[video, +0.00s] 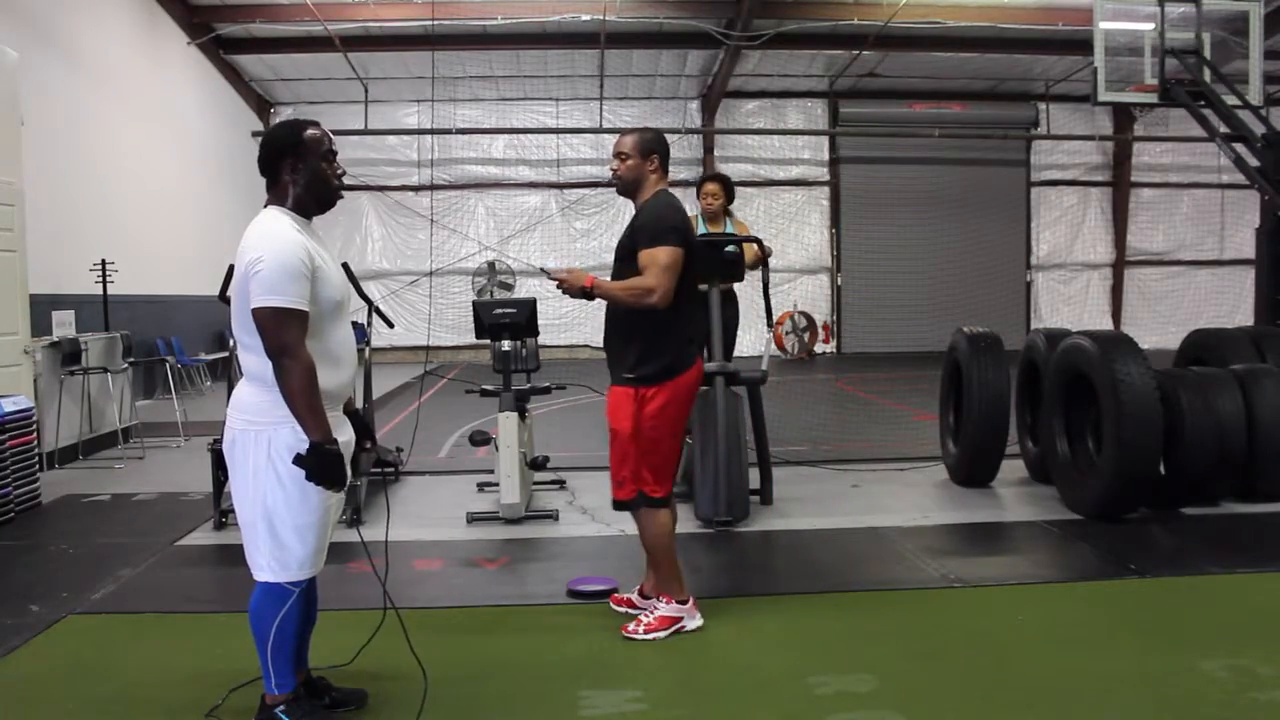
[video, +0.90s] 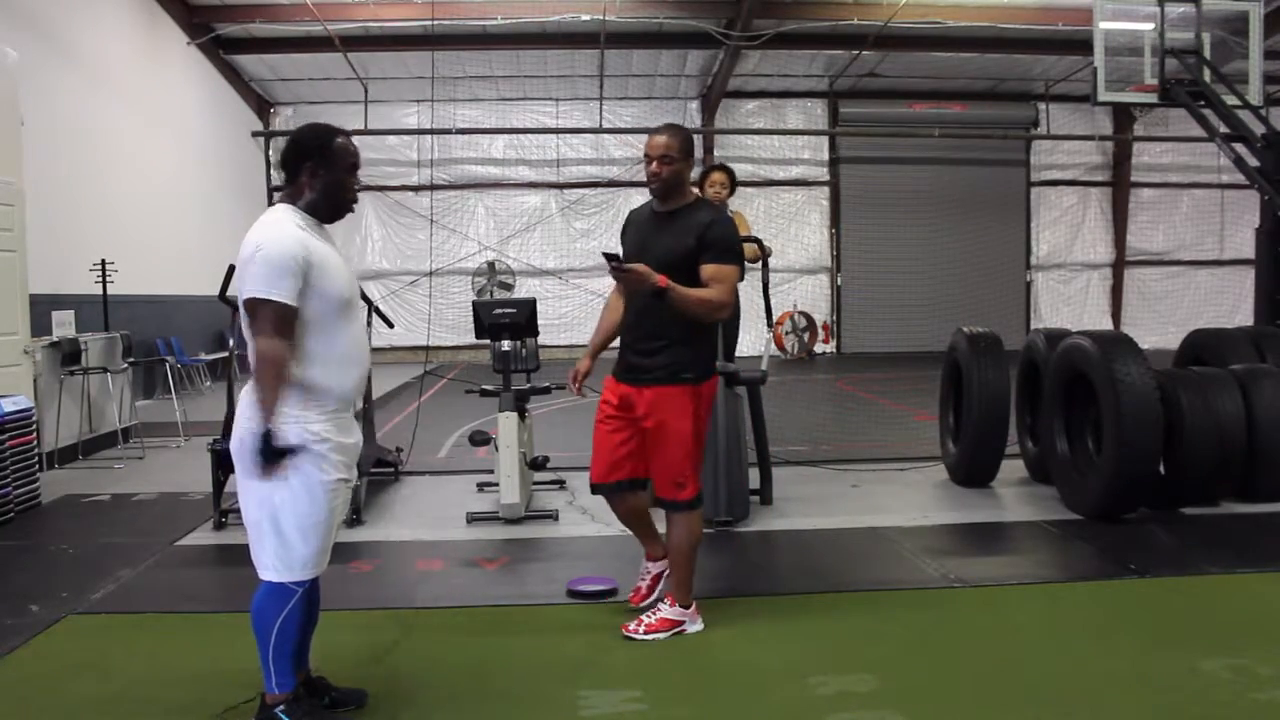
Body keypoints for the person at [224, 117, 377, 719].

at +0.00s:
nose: (341, 170)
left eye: (337, 159)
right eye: (329, 159)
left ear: (295, 171)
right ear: (293, 169)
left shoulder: (297, 238)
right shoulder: (275, 242)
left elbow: (314, 344)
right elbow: (285, 352)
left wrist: (351, 410)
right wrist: (321, 441)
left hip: (300, 428)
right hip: (277, 432)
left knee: (300, 566)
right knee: (283, 572)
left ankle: (297, 681)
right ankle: (280, 699)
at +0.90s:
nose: (357, 187)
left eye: (357, 174)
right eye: (350, 174)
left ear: (315, 175)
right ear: (312, 173)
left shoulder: (310, 235)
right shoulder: (279, 236)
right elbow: (268, 337)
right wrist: (266, 425)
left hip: (319, 427)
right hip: (289, 431)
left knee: (305, 568)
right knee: (288, 573)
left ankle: (298, 680)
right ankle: (279, 699)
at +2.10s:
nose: (374, 182)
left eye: (372, 170)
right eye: (363, 169)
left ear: (329, 176)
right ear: (327, 173)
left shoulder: (329, 234)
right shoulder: (293, 230)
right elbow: (260, 295)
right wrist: (234, 318)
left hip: (322, 418)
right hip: (288, 419)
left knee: (328, 558)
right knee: (313, 566)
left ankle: (287, 682)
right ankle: (271, 696)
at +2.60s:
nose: (375, 214)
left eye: (379, 201)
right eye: (370, 199)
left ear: (331, 189)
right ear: (331, 187)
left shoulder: (312, 244)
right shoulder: (279, 238)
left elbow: (322, 313)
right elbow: (260, 327)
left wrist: (378, 323)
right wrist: (331, 348)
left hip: (303, 419)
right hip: (257, 423)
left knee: (333, 540)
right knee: (284, 561)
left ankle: (294, 666)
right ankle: (263, 699)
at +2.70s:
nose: (361, 211)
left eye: (365, 198)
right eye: (356, 196)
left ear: (317, 185)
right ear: (317, 184)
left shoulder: (300, 241)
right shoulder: (268, 239)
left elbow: (300, 330)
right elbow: (253, 331)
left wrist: (342, 352)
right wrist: (305, 385)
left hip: (312, 420)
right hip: (262, 428)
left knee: (368, 504)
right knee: (273, 571)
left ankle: (265, 588)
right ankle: (263, 700)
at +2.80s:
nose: (353, 197)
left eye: (355, 184)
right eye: (347, 182)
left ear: (306, 179)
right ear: (308, 177)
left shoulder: (296, 235)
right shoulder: (265, 236)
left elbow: (285, 325)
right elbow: (245, 331)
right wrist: (260, 414)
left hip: (311, 407)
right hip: (261, 422)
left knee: (387, 476)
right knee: (266, 568)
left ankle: (286, 520)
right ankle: (261, 700)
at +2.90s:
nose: (351, 193)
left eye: (352, 180)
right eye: (345, 179)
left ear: (305, 176)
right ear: (305, 174)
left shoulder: (295, 233)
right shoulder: (263, 234)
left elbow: (280, 327)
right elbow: (233, 332)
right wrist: (199, 420)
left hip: (313, 405)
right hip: (261, 427)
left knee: (393, 455)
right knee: (257, 572)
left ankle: (299, 548)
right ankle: (260, 700)